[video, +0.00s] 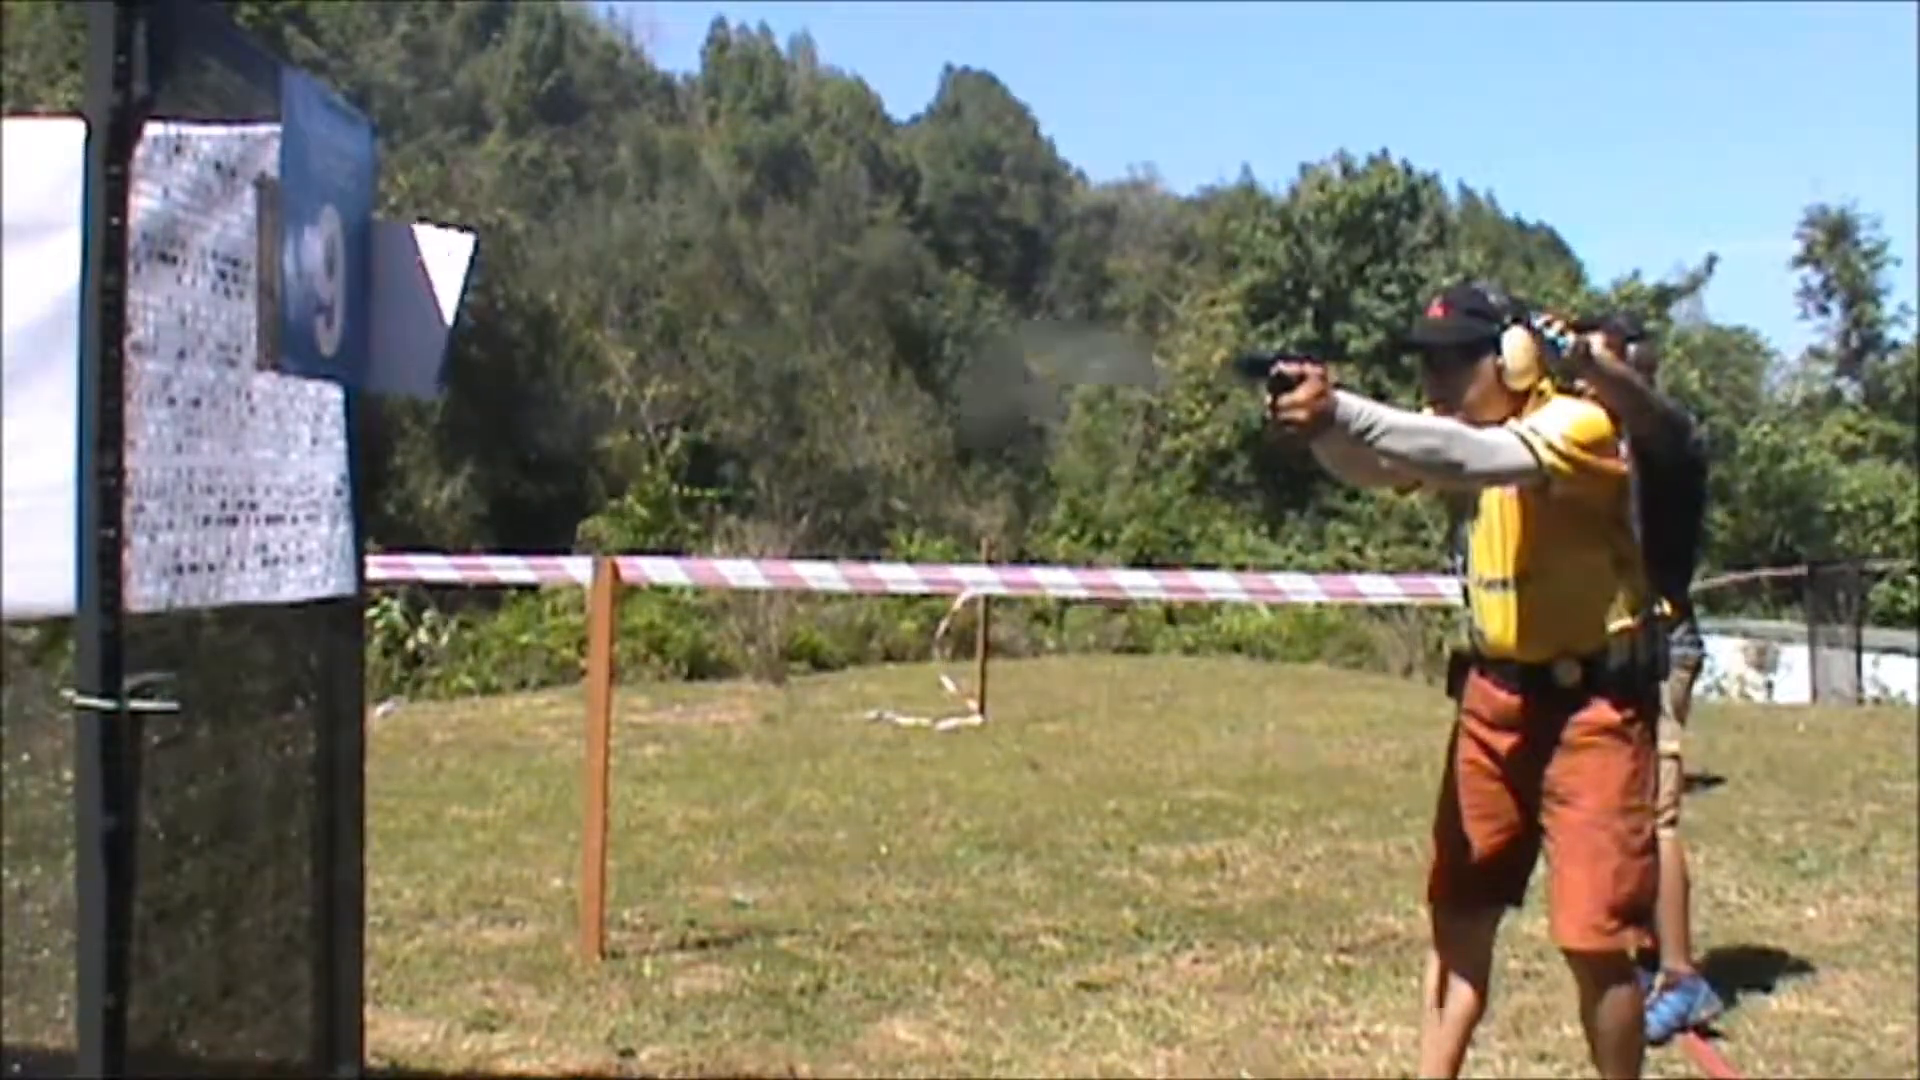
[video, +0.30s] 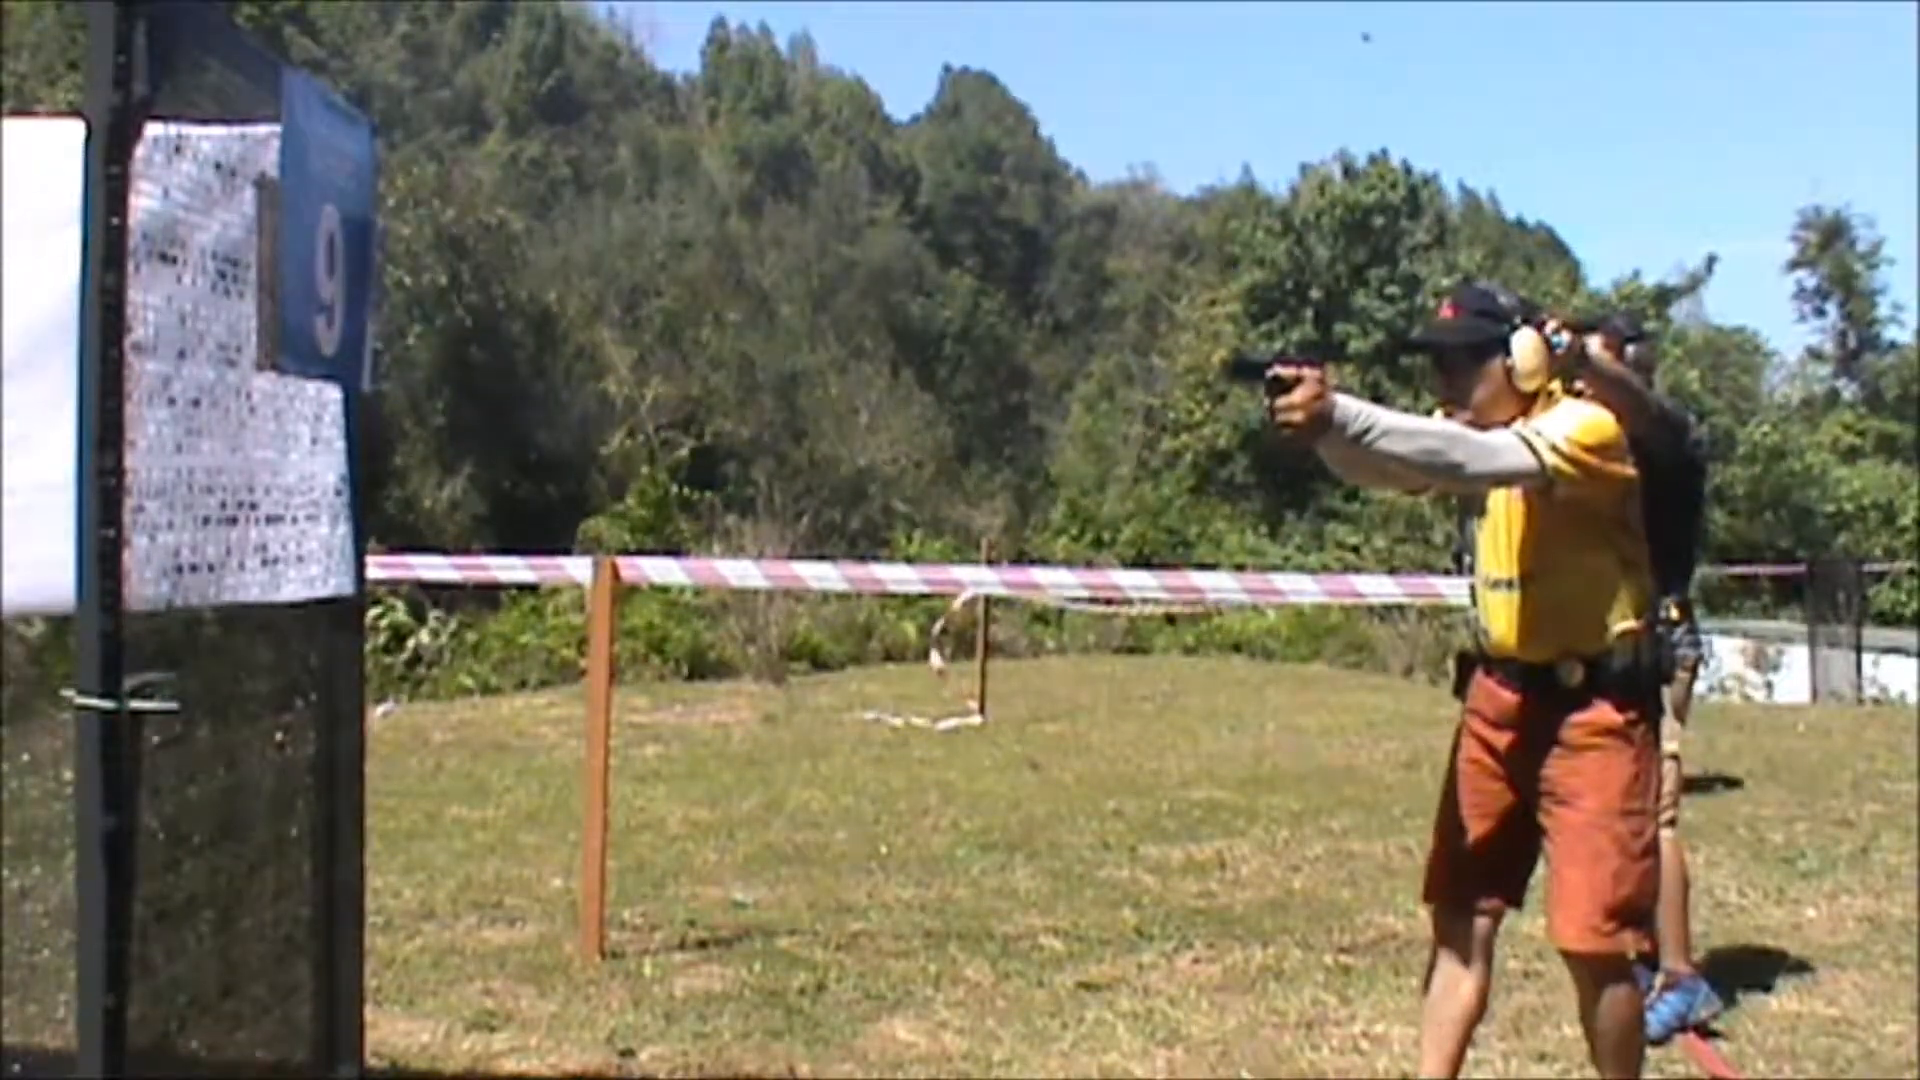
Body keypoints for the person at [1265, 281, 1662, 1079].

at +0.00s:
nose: (1435, 385)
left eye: (1451, 365)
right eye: (1429, 366)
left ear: (1506, 360)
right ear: (1430, 364)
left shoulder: (1580, 424)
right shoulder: (1470, 440)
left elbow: (1473, 455)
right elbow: (1386, 467)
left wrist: (1340, 408)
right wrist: (1316, 424)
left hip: (1597, 706)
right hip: (1495, 699)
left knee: (1594, 938)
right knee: (1461, 906)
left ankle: (1620, 1072)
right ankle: (1434, 1070)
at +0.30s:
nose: (1447, 392)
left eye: (1461, 371)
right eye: (1440, 373)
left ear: (1514, 360)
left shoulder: (1588, 427)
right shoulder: (1488, 436)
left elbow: (1470, 457)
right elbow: (1404, 471)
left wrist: (1338, 409)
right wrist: (1320, 429)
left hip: (1599, 708)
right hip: (1501, 699)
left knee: (1593, 942)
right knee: (1462, 918)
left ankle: (1621, 1072)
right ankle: (1432, 1071)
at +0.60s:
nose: (1451, 394)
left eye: (1465, 373)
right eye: (1444, 374)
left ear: (1517, 362)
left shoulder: (1591, 427)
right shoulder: (1493, 438)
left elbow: (1476, 460)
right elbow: (1406, 468)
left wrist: (1342, 412)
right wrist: (1322, 430)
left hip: (1601, 709)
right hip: (1504, 699)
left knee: (1595, 944)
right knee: (1464, 920)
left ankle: (1622, 1073)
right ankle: (1433, 1071)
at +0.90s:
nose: (1449, 392)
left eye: (1462, 371)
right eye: (1442, 373)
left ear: (1514, 362)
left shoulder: (1592, 427)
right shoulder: (1497, 435)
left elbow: (1469, 457)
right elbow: (1408, 469)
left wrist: (1334, 410)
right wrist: (1321, 428)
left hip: (1601, 711)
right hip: (1506, 699)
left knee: (1596, 945)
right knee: (1464, 920)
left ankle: (1623, 1072)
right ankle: (1433, 1072)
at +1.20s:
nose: (1446, 394)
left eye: (1459, 374)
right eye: (1439, 376)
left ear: (1510, 365)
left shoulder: (1589, 428)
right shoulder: (1486, 438)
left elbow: (1474, 459)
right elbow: (1388, 470)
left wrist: (1331, 414)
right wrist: (1312, 431)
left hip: (1601, 706)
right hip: (1504, 696)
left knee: (1596, 942)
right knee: (1465, 918)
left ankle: (1622, 1073)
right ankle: (1433, 1071)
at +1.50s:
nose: (1449, 392)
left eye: (1462, 371)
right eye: (1443, 373)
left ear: (1513, 360)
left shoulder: (1589, 425)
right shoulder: (1490, 435)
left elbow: (1472, 453)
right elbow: (1400, 467)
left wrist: (1338, 410)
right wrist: (1319, 427)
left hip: (1598, 709)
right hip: (1502, 698)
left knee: (1595, 942)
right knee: (1463, 917)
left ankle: (1623, 1072)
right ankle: (1433, 1072)